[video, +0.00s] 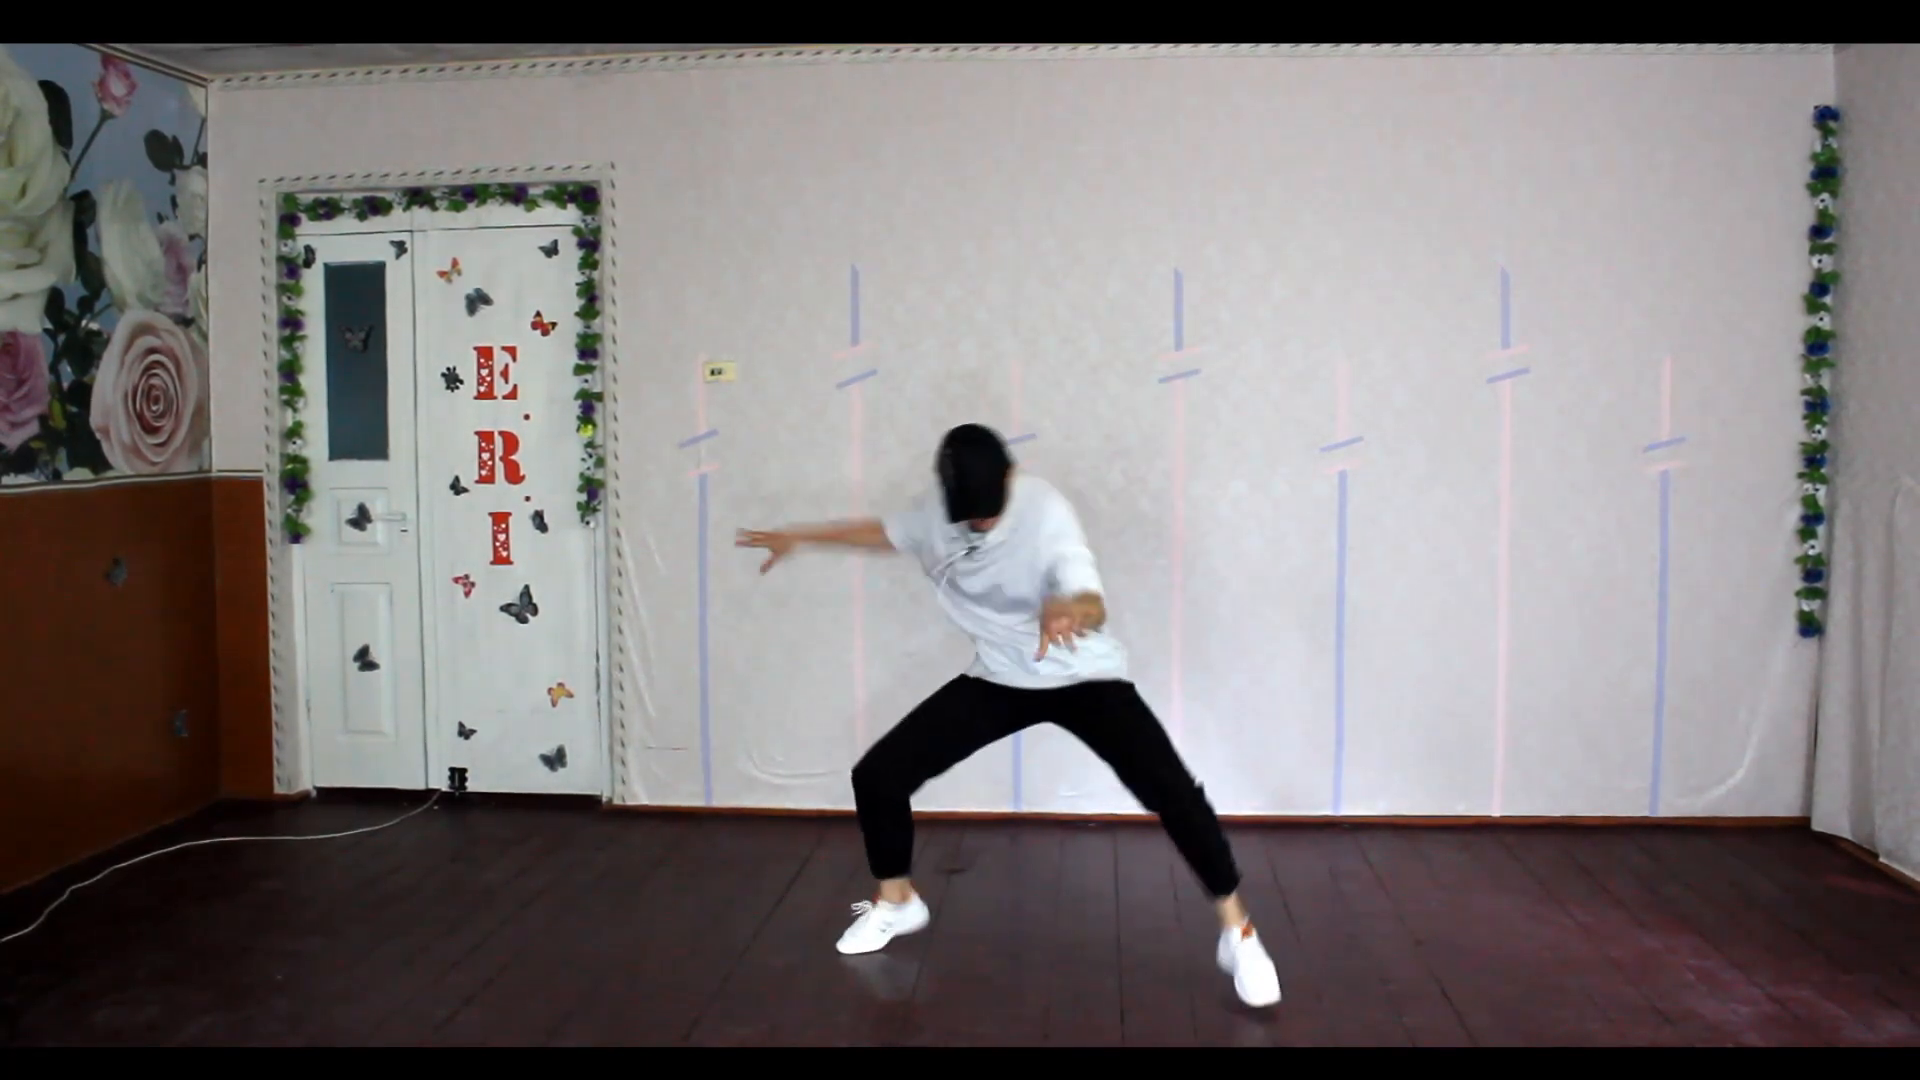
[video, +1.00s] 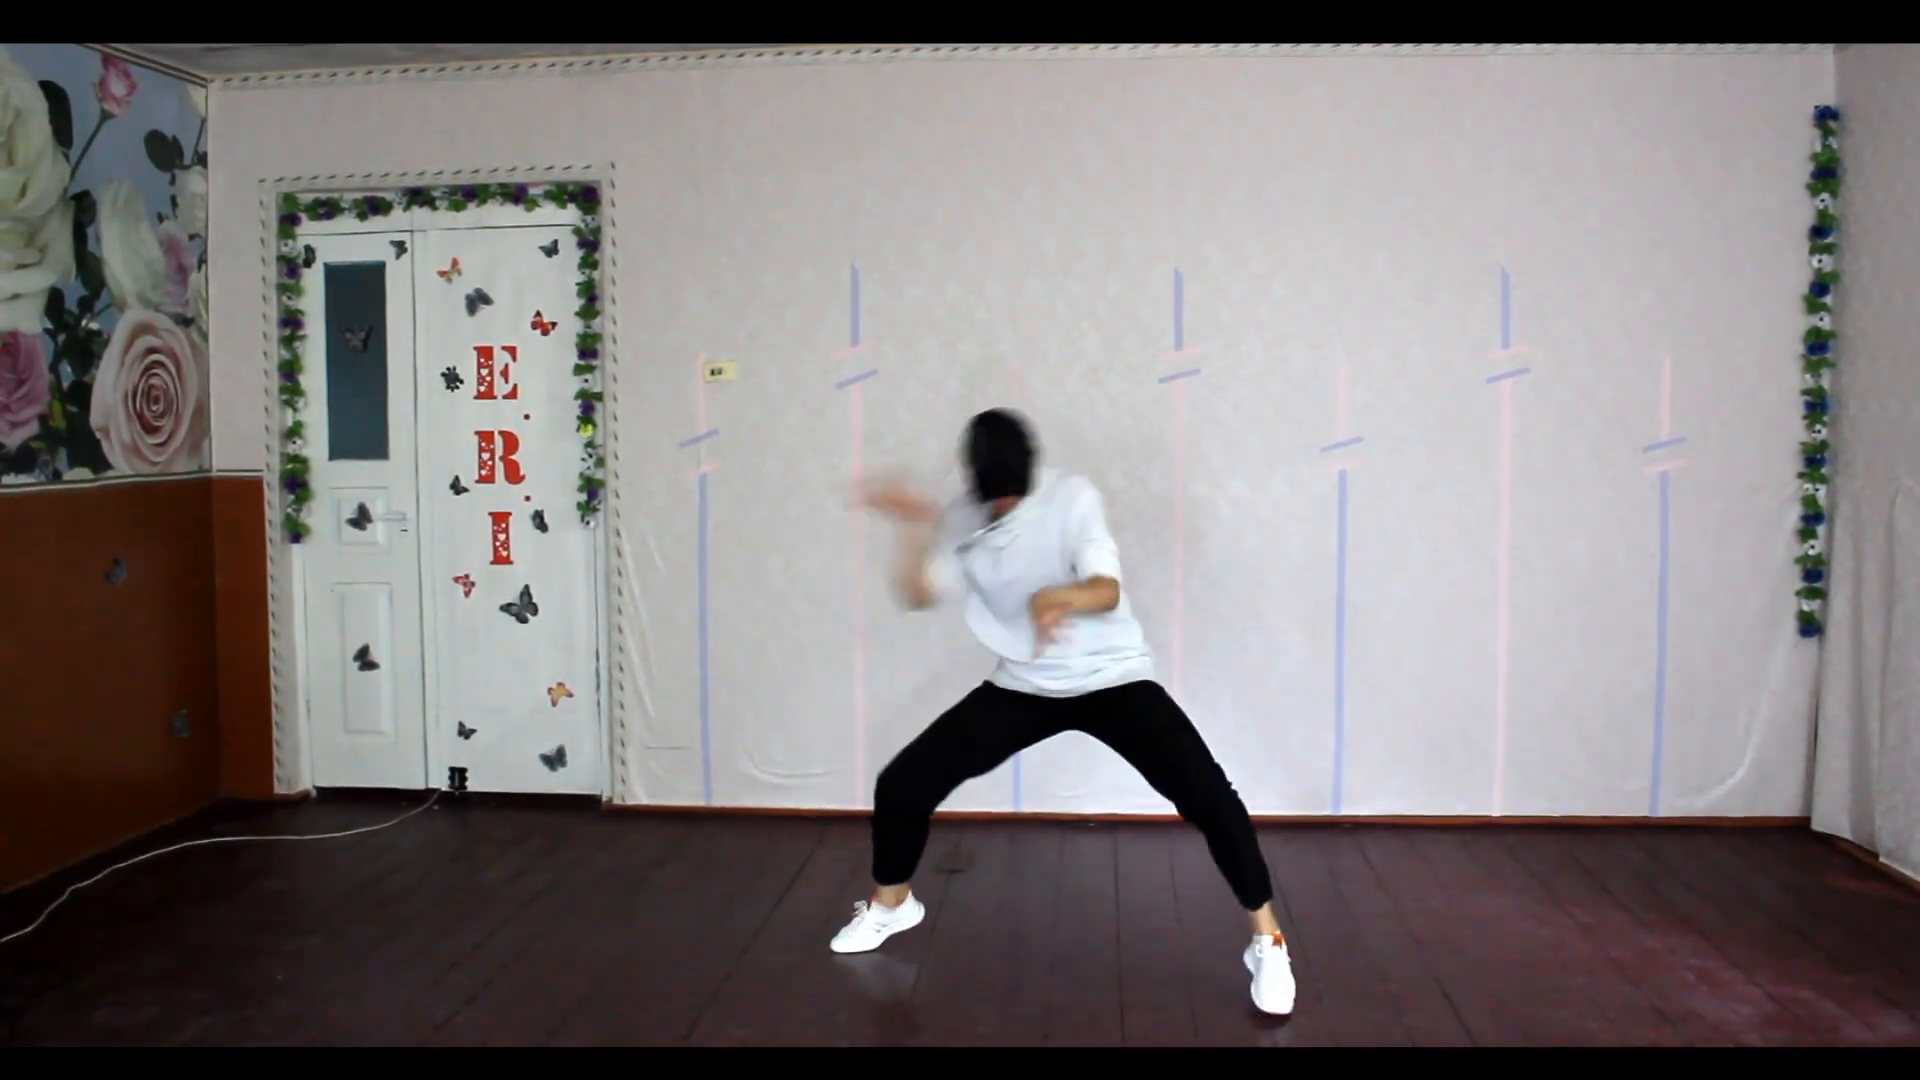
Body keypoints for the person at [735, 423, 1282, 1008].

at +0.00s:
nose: (982, 527)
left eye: (991, 516)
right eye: (969, 519)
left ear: (1007, 486)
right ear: (947, 499)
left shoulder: (1045, 511)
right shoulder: (930, 522)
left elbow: (1090, 603)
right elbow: (877, 535)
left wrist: (1061, 611)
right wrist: (795, 537)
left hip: (1085, 682)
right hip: (996, 682)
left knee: (1174, 794)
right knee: (879, 775)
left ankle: (1237, 929)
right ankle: (896, 901)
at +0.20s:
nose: (1034, 535)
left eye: (1040, 523)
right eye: (1019, 526)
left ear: (1056, 496)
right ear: (996, 506)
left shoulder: (1082, 539)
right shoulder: (976, 532)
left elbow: (1099, 652)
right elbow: (939, 587)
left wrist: (1076, 651)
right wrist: (851, 615)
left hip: (1086, 707)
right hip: (996, 706)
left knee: (1174, 817)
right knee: (870, 789)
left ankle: (1239, 952)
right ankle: (897, 902)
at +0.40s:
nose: (963, 537)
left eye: (974, 524)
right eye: (952, 527)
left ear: (995, 493)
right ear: (931, 507)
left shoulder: (1031, 514)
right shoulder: (924, 527)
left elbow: (1087, 577)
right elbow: (868, 526)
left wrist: (1063, 577)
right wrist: (789, 515)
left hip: (1094, 692)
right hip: (1006, 696)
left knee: (1199, 784)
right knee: (875, 773)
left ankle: (1253, 940)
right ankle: (882, 898)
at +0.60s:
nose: (1021, 534)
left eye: (1030, 523)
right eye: (1008, 525)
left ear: (1048, 494)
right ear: (986, 501)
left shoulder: (1087, 538)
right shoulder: (968, 540)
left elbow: (1111, 645)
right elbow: (946, 589)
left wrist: (1080, 632)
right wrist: (862, 595)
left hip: (1096, 715)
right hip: (1008, 711)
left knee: (1169, 836)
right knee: (887, 799)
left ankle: (1253, 958)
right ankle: (904, 914)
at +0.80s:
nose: (999, 525)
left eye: (1006, 513)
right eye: (986, 517)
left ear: (1025, 487)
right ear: (967, 503)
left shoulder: (1064, 524)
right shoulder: (959, 537)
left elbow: (1118, 617)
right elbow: (904, 577)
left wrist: (1097, 602)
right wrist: (817, 573)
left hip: (1098, 701)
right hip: (1012, 700)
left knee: (1175, 827)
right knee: (881, 777)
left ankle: (1255, 953)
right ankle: (888, 899)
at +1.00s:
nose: (997, 496)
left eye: (1005, 485)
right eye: (988, 486)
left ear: (1021, 472)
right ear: (975, 478)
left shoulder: (1072, 500)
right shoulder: (967, 532)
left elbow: (1106, 589)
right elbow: (917, 592)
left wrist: (1056, 599)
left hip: (1114, 684)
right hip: (1022, 688)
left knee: (1209, 797)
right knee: (902, 786)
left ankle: (1267, 939)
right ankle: (891, 904)